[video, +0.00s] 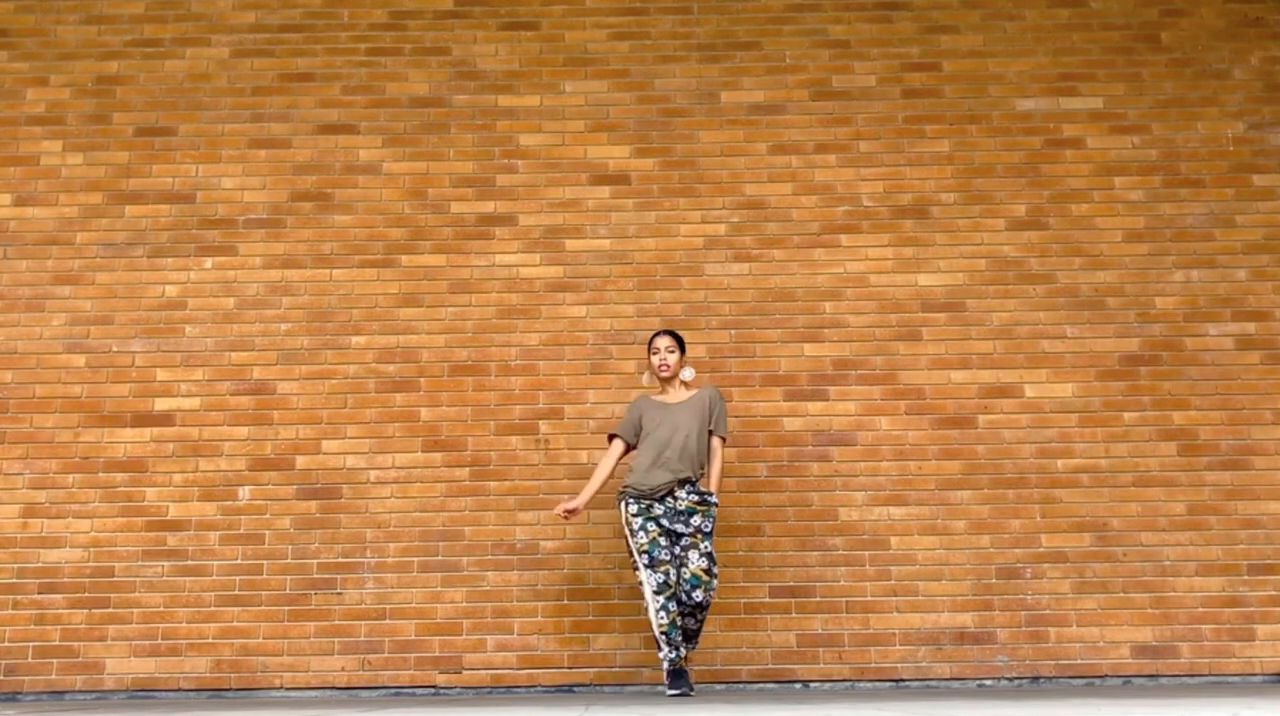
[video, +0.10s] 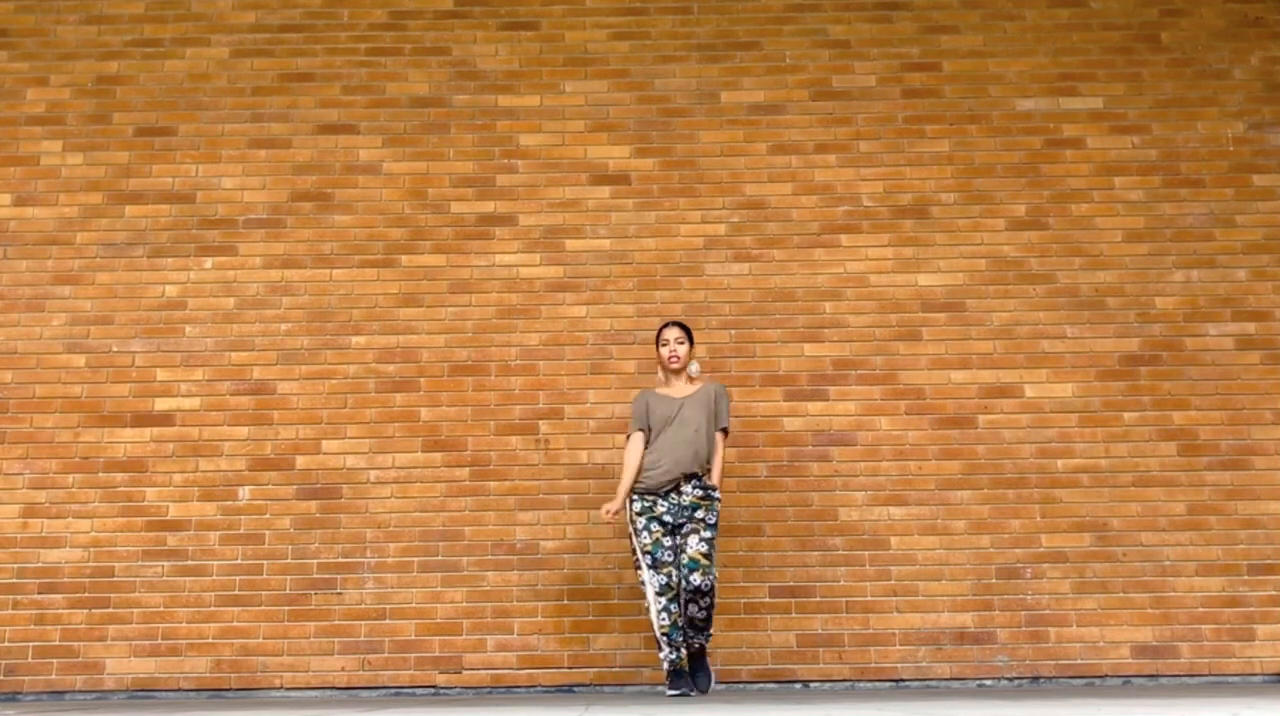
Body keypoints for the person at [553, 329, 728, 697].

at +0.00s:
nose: (662, 358)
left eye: (669, 351)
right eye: (656, 353)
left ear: (682, 358)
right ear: (649, 360)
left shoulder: (707, 397)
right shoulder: (641, 405)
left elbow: (716, 451)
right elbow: (613, 454)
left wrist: (710, 497)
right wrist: (582, 500)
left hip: (690, 501)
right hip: (643, 503)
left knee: (698, 583)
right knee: (659, 581)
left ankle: (680, 654)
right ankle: (675, 667)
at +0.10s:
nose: (673, 349)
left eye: (679, 343)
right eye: (665, 344)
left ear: (691, 349)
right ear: (657, 353)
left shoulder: (713, 393)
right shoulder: (645, 400)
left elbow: (717, 445)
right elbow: (635, 447)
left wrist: (712, 489)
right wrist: (621, 495)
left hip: (697, 497)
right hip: (649, 501)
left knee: (697, 580)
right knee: (663, 583)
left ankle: (697, 651)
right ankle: (676, 668)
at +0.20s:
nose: (679, 333)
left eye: (686, 327)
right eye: (672, 328)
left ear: (698, 334)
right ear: (663, 336)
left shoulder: (712, 376)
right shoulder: (648, 380)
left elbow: (720, 426)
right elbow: (653, 429)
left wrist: (721, 466)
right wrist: (661, 471)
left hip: (706, 483)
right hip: (660, 487)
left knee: (701, 563)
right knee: (668, 574)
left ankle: (707, 649)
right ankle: (677, 664)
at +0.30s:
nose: (679, 327)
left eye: (686, 321)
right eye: (672, 322)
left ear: (698, 329)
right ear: (663, 330)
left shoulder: (715, 370)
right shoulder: (650, 374)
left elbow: (727, 422)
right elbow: (661, 416)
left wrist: (731, 463)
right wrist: (697, 436)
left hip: (713, 481)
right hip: (666, 486)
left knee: (712, 563)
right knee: (678, 573)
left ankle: (717, 658)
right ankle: (681, 664)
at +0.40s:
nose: (675, 335)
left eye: (683, 328)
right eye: (668, 329)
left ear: (697, 335)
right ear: (660, 337)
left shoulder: (723, 375)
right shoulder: (656, 381)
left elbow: (737, 427)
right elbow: (675, 415)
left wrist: (741, 474)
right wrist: (723, 409)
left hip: (723, 488)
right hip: (673, 493)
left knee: (724, 573)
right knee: (684, 580)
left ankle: (726, 667)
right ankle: (680, 668)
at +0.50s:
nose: (674, 331)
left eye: (681, 323)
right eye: (667, 327)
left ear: (698, 327)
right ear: (662, 336)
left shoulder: (732, 373)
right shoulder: (666, 371)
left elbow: (743, 427)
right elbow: (686, 406)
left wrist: (749, 474)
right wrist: (729, 405)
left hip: (732, 485)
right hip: (682, 490)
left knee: (733, 574)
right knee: (692, 578)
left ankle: (728, 666)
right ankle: (682, 660)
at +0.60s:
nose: (682, 321)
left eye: (688, 313)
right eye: (675, 318)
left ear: (708, 318)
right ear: (673, 329)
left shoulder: (736, 373)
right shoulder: (672, 360)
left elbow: (748, 428)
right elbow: (687, 402)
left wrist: (757, 468)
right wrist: (716, 427)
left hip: (742, 482)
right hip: (692, 487)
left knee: (742, 571)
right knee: (703, 573)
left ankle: (731, 666)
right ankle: (687, 646)